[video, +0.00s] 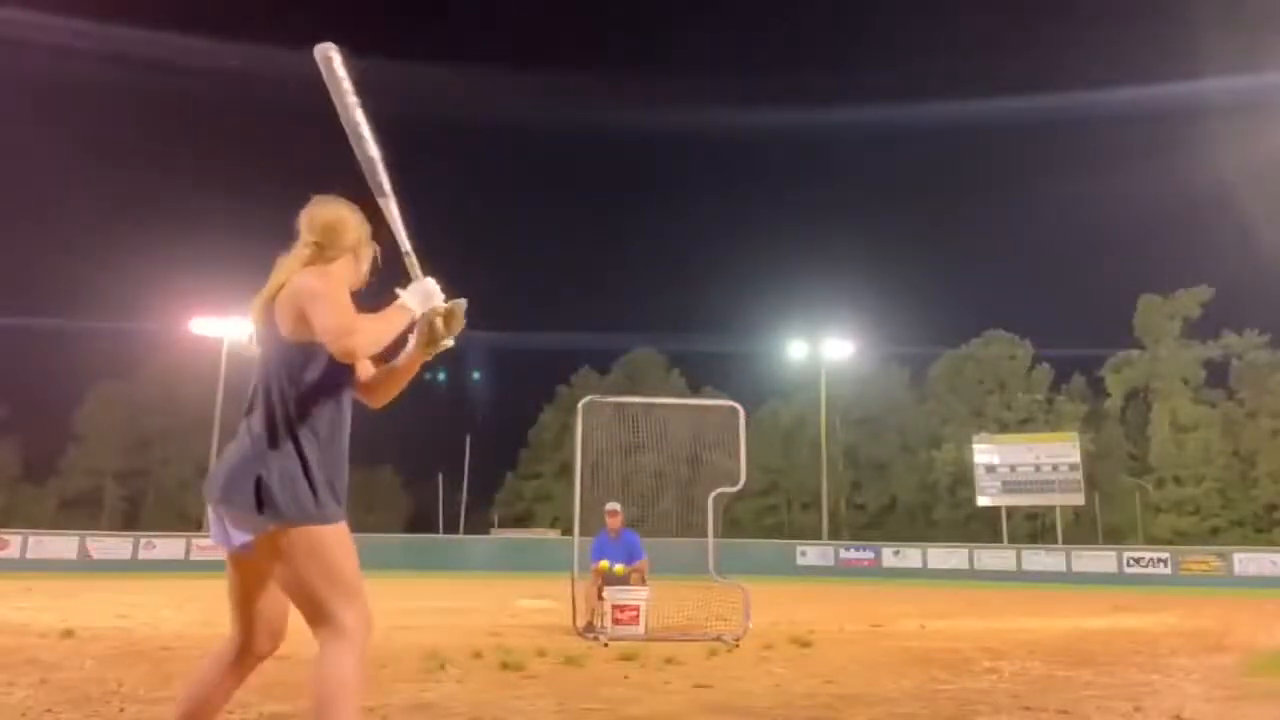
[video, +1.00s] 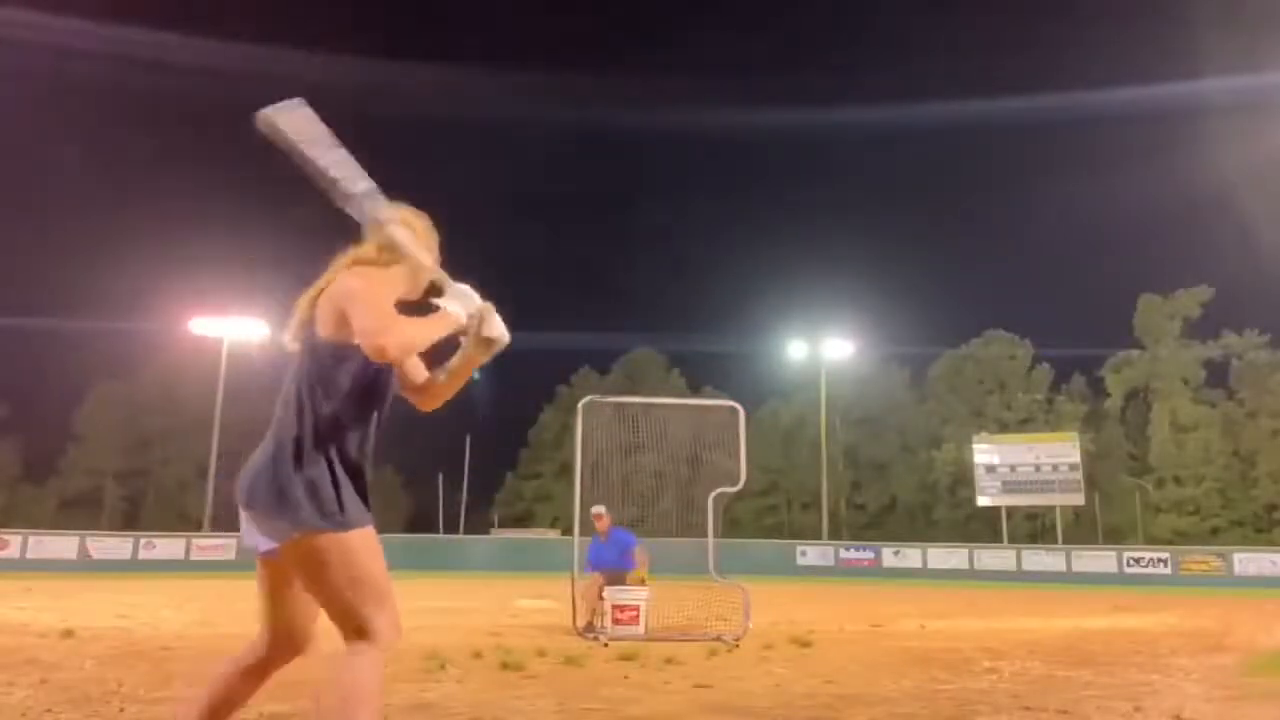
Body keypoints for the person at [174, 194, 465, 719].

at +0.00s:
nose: (369, 264)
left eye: (369, 254)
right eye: (368, 252)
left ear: (311, 242)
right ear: (355, 246)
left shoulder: (296, 297)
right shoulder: (319, 280)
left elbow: (373, 392)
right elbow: (347, 340)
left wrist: (420, 349)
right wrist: (409, 304)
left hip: (246, 481)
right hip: (288, 485)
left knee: (255, 638)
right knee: (346, 626)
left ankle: (184, 714)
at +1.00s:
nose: (430, 275)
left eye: (432, 266)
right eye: (430, 262)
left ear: (381, 247)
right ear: (414, 253)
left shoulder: (374, 309)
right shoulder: (360, 281)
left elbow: (427, 395)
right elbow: (382, 342)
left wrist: (478, 351)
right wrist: (452, 314)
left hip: (281, 480)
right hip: (307, 481)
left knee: (285, 637)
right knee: (374, 632)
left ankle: (199, 713)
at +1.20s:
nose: (454, 278)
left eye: (458, 270)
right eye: (455, 266)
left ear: (412, 256)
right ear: (438, 258)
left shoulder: (407, 321)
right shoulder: (376, 278)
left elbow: (431, 402)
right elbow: (377, 334)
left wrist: (477, 371)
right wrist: (463, 325)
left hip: (318, 482)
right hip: (309, 480)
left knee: (368, 634)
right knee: (390, 635)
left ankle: (272, 712)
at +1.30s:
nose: (472, 284)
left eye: (473, 273)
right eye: (471, 272)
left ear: (429, 263)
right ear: (457, 267)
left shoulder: (431, 330)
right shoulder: (387, 284)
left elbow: (441, 409)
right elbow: (361, 342)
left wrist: (474, 378)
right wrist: (456, 332)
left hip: (355, 487)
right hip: (311, 489)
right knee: (396, 634)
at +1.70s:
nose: (506, 331)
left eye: (506, 323)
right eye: (503, 320)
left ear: (486, 325)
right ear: (481, 312)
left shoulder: (482, 365)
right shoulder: (403, 331)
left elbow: (497, 404)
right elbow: (329, 329)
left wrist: (471, 345)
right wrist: (416, 312)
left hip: (418, 517)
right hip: (362, 515)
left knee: (470, 624)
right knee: (404, 641)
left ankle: (415, 701)